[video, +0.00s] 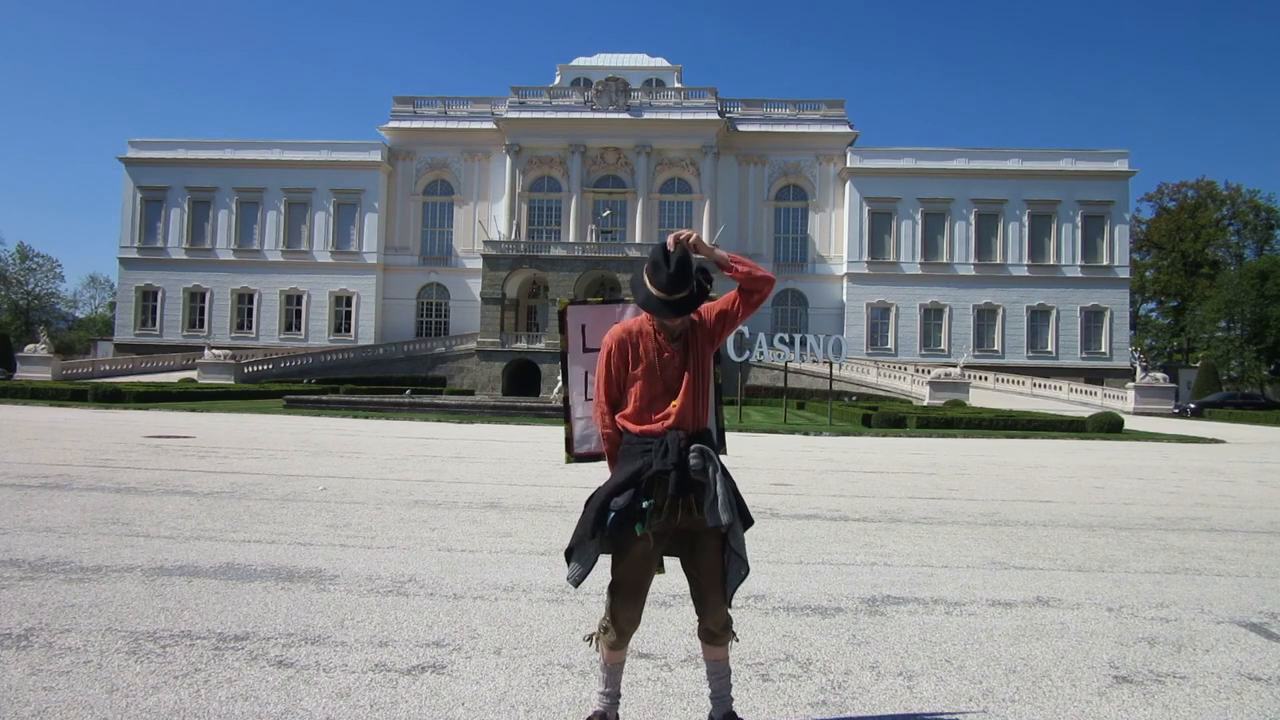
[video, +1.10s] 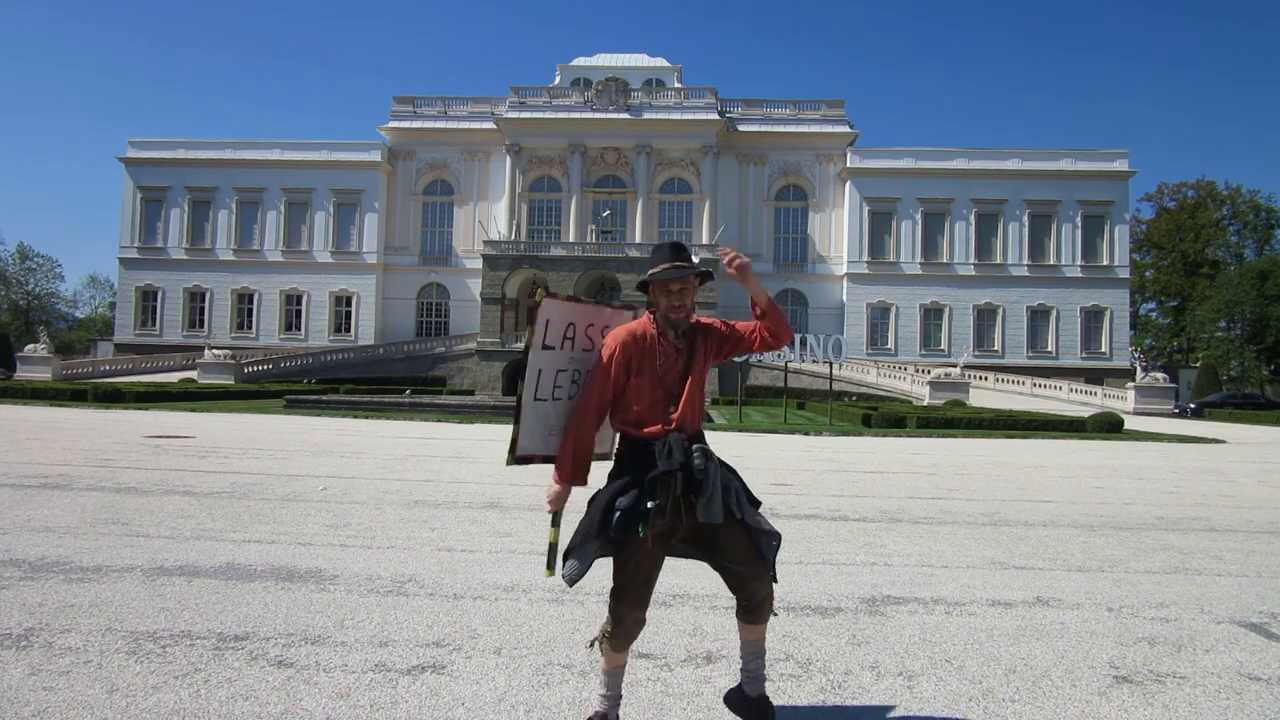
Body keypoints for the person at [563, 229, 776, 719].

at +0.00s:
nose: (673, 322)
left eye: (682, 313)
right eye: (665, 313)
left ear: (695, 300)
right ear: (648, 300)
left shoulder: (708, 326)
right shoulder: (621, 338)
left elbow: (761, 283)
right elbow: (605, 415)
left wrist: (709, 252)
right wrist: (623, 479)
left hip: (700, 481)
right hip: (639, 481)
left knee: (714, 605)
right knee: (624, 607)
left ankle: (722, 708)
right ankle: (607, 703)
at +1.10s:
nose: (679, 299)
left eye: (686, 288)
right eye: (669, 290)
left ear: (697, 290)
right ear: (650, 293)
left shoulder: (707, 333)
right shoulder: (624, 342)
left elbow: (776, 336)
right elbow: (587, 411)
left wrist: (751, 283)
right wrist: (564, 477)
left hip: (699, 475)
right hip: (641, 479)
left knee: (756, 578)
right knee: (628, 610)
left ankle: (751, 690)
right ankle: (608, 702)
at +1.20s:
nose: (687, 298)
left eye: (695, 288)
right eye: (677, 289)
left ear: (707, 290)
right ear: (660, 292)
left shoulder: (718, 336)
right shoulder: (634, 341)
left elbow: (788, 367)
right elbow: (587, 408)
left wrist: (777, 333)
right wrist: (556, 472)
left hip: (711, 476)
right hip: (651, 477)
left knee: (757, 590)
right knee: (632, 603)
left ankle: (767, 693)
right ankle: (608, 702)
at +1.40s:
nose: (733, 316)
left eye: (741, 307)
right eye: (723, 308)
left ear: (754, 310)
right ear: (709, 315)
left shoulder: (771, 369)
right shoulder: (692, 366)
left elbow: (792, 440)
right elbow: (677, 411)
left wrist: (772, 459)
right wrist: (700, 436)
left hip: (763, 501)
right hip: (709, 498)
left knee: (776, 612)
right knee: (673, 597)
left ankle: (768, 705)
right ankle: (620, 703)